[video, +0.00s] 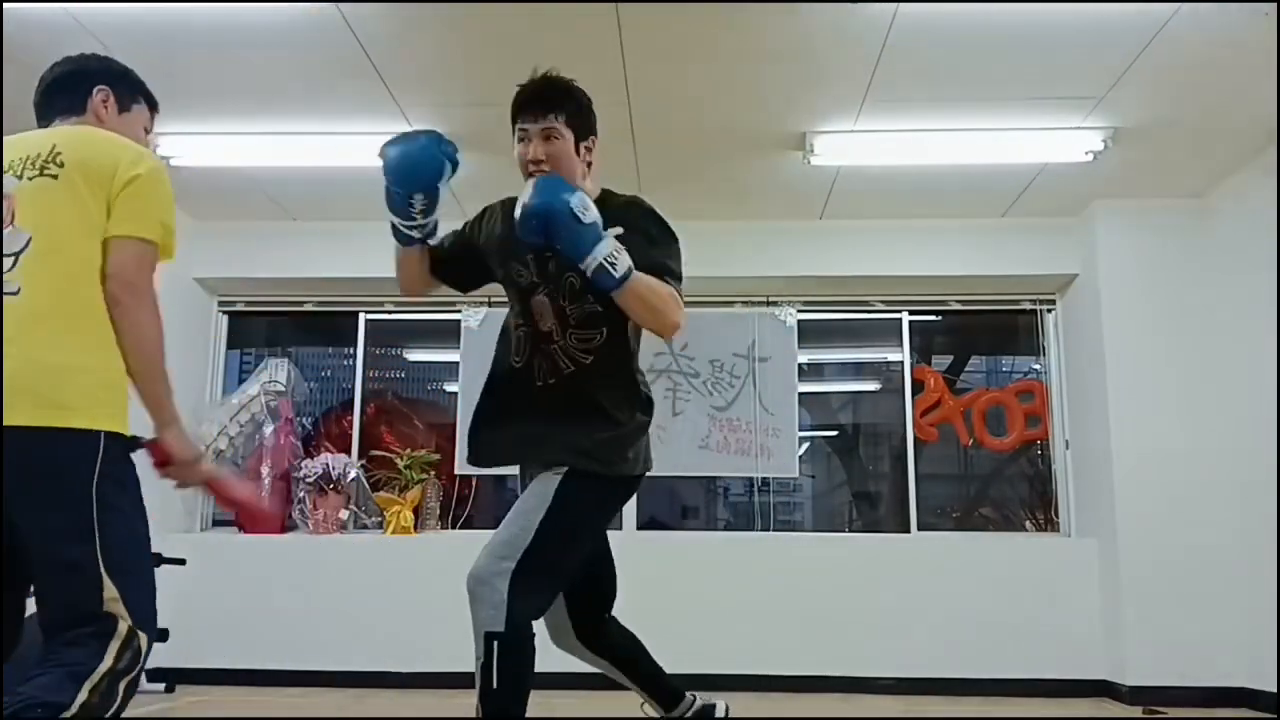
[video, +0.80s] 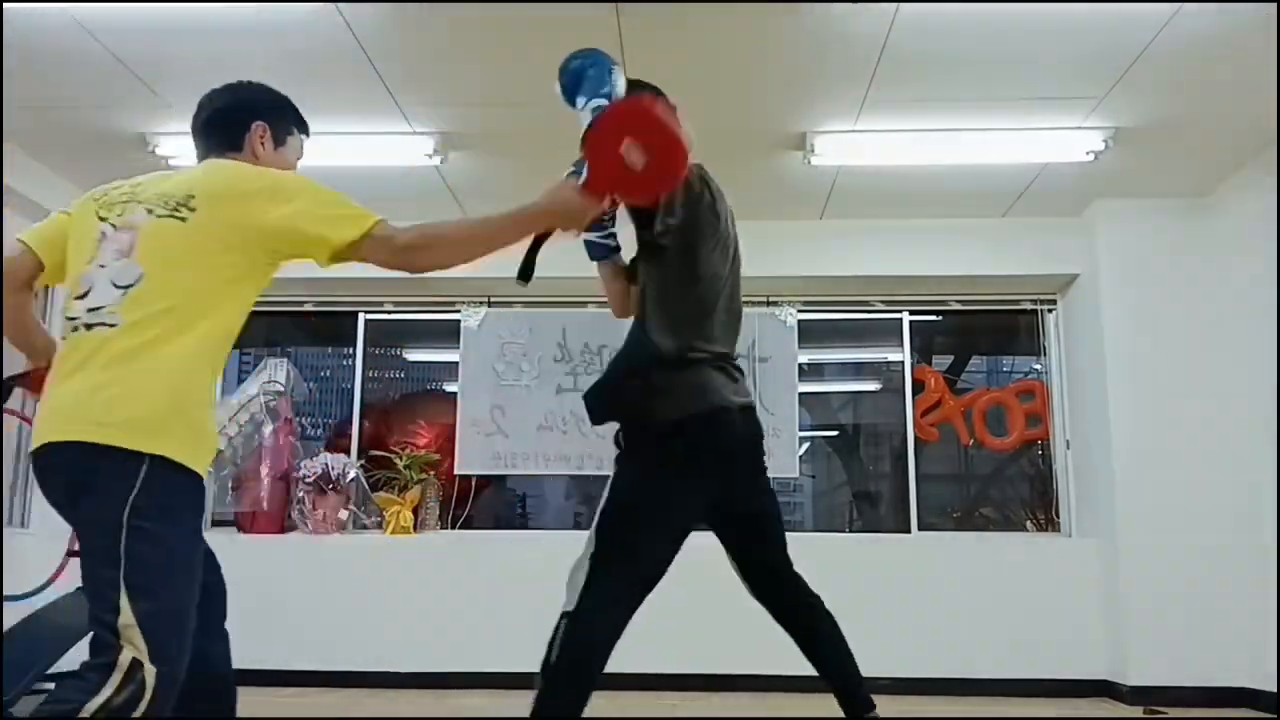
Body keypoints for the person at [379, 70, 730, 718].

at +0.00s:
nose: (534, 150)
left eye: (550, 136)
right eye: (524, 137)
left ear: (588, 150)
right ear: (515, 148)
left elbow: (669, 320)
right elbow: (415, 282)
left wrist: (594, 251)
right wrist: (413, 213)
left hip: (604, 446)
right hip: (543, 445)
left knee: (498, 585)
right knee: (578, 624)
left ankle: (500, 717)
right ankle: (683, 708)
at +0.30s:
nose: (517, 169)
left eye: (526, 152)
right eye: (513, 157)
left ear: (570, 151)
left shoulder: (621, 215)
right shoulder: (572, 233)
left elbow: (593, 296)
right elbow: (501, 317)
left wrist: (526, 219)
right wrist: (480, 234)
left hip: (615, 453)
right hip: (612, 451)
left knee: (523, 600)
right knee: (641, 607)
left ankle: (513, 715)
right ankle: (713, 715)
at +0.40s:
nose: (513, 154)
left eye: (522, 137)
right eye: (511, 142)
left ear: (564, 136)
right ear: (564, 141)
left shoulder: (597, 194)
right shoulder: (601, 207)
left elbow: (560, 257)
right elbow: (529, 313)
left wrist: (497, 191)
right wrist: (494, 236)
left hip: (605, 442)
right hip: (649, 439)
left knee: (533, 599)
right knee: (668, 594)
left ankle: (515, 713)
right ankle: (718, 713)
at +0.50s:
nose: (510, 152)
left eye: (517, 137)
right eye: (509, 141)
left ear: (560, 135)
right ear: (568, 136)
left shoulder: (563, 179)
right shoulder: (627, 197)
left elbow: (450, 176)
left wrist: (378, 107)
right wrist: (524, 231)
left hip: (613, 427)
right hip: (672, 428)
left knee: (522, 598)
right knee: (669, 578)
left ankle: (502, 714)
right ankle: (735, 711)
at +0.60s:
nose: (526, 167)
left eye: (533, 152)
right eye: (524, 156)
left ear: (578, 147)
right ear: (596, 152)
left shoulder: (580, 189)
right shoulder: (646, 215)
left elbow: (469, 170)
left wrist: (410, 106)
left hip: (614, 445)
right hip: (673, 450)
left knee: (487, 597)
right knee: (688, 595)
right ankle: (796, 708)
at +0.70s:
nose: (565, 172)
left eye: (573, 157)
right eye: (565, 159)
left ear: (615, 155)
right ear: (627, 156)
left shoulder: (621, 203)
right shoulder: (674, 227)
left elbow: (546, 190)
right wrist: (566, 260)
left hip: (616, 460)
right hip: (688, 460)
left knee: (516, 606)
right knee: (737, 609)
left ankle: (497, 718)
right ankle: (831, 713)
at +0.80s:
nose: (625, 145)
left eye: (635, 124)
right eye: (628, 129)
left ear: (654, 122)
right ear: (667, 124)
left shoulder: (681, 187)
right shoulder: (702, 211)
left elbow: (645, 151)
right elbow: (623, 302)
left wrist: (608, 107)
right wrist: (602, 232)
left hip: (674, 429)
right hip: (729, 424)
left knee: (602, 602)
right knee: (775, 579)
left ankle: (550, 711)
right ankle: (861, 707)